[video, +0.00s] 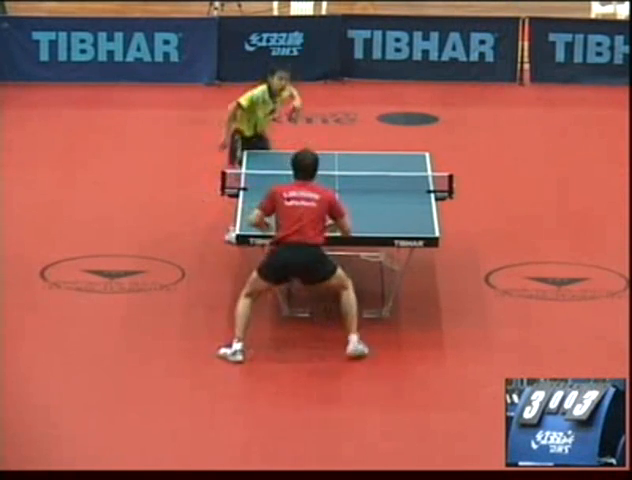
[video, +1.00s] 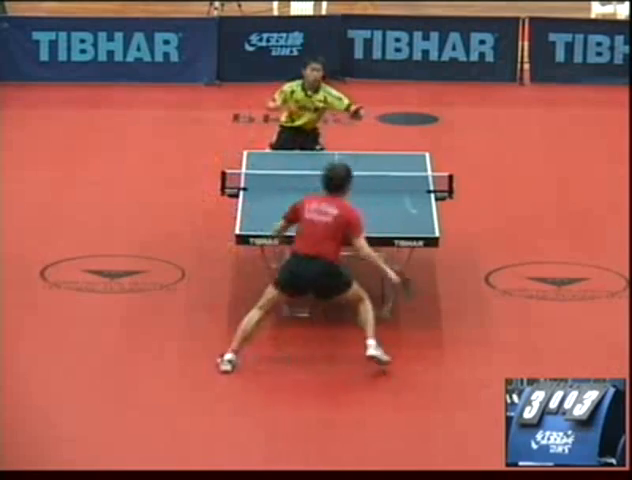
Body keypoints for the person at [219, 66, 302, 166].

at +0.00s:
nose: (283, 84)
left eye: (285, 80)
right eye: (280, 79)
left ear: (288, 83)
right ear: (270, 79)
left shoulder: (280, 94)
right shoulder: (258, 93)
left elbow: (291, 89)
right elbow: (233, 107)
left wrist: (297, 104)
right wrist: (227, 137)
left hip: (258, 132)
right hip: (242, 133)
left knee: (266, 163)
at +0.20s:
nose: (294, 85)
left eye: (297, 81)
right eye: (290, 80)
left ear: (300, 84)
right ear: (281, 81)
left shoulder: (298, 101)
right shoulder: (266, 98)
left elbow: (303, 120)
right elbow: (248, 117)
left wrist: (308, 123)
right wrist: (243, 140)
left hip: (281, 138)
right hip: (261, 139)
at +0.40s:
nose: (303, 80)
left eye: (306, 76)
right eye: (300, 75)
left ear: (309, 79)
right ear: (291, 77)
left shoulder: (312, 95)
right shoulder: (276, 95)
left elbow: (320, 110)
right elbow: (264, 111)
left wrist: (323, 125)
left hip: (299, 134)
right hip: (279, 135)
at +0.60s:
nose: (304, 90)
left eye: (307, 87)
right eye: (301, 86)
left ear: (309, 89)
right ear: (293, 86)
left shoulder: (314, 104)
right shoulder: (279, 103)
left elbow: (334, 124)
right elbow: (267, 123)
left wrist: (325, 145)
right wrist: (276, 130)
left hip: (304, 143)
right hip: (283, 143)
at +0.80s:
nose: (319, 84)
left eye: (322, 80)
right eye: (315, 80)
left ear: (326, 83)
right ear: (307, 82)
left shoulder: (326, 101)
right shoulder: (295, 94)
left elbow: (340, 115)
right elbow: (281, 111)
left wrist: (354, 116)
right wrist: (272, 117)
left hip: (307, 138)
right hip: (287, 135)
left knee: (307, 167)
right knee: (277, 164)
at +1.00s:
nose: (315, 74)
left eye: (318, 71)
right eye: (312, 70)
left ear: (322, 75)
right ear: (304, 72)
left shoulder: (326, 92)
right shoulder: (291, 88)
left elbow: (342, 102)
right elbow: (277, 99)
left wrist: (353, 110)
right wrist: (272, 108)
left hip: (310, 132)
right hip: (289, 130)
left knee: (317, 159)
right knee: (278, 157)